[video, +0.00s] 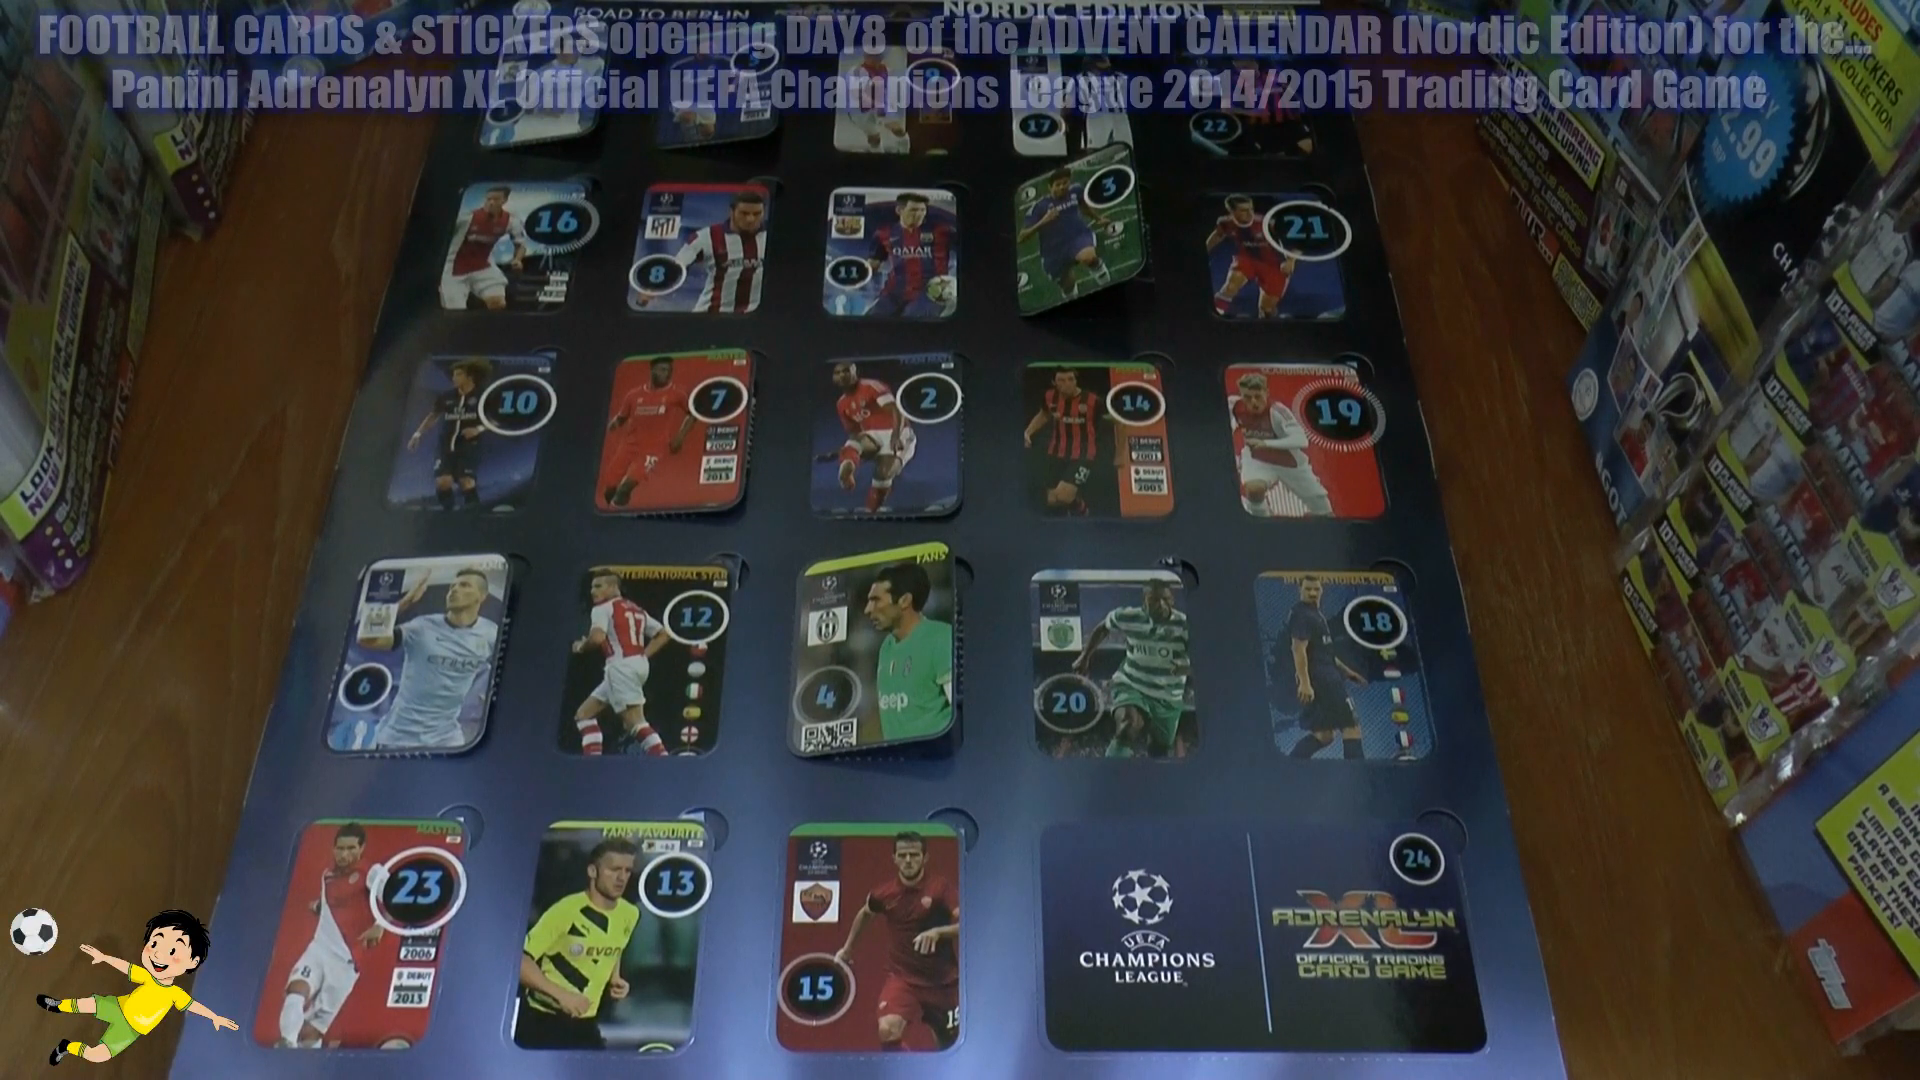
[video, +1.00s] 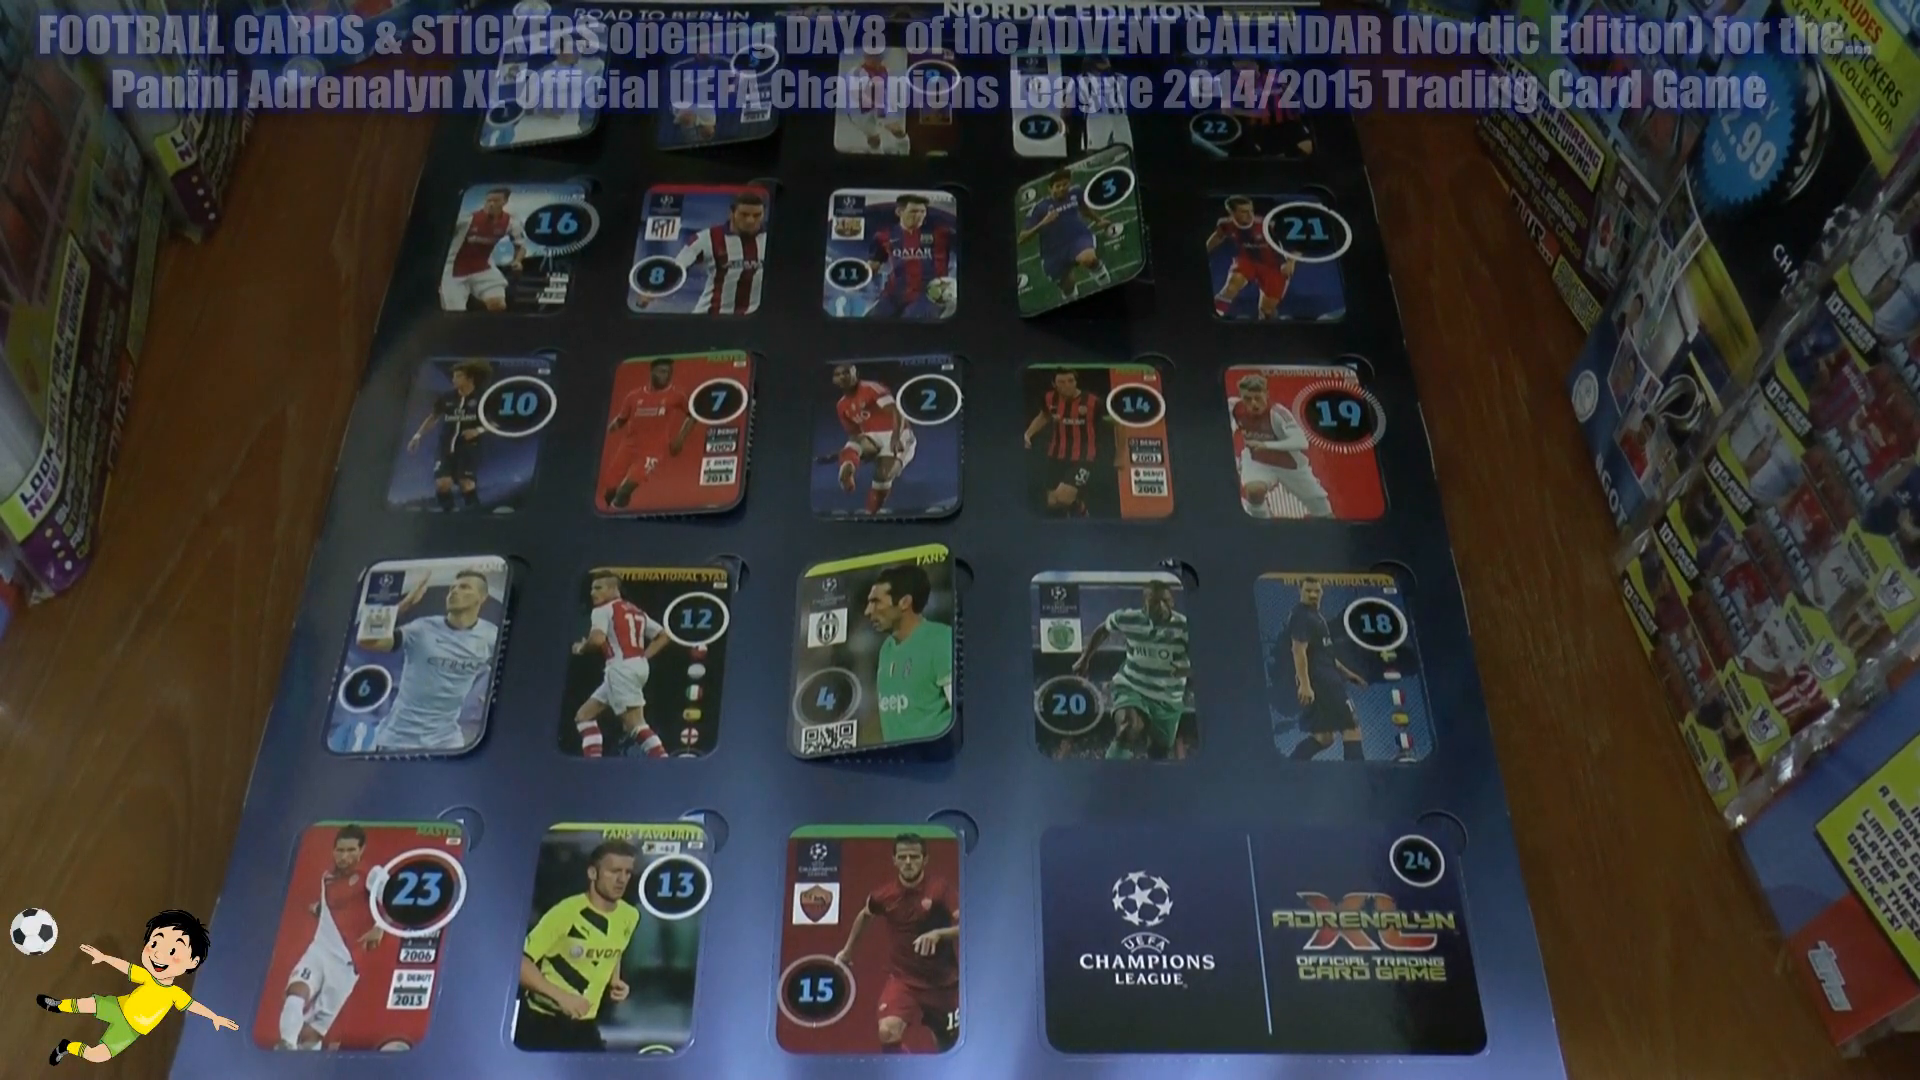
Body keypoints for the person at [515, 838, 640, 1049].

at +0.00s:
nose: (622, 878)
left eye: (627, 871)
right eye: (615, 869)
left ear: (631, 874)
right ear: (593, 871)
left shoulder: (629, 914)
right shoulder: (567, 909)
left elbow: (615, 951)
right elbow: (520, 961)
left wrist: (615, 977)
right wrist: (560, 994)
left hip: (585, 1026)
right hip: (541, 1023)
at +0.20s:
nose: (622, 877)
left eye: (627, 870)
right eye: (615, 869)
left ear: (631, 873)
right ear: (593, 871)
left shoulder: (629, 914)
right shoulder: (567, 909)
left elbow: (615, 951)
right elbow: (520, 960)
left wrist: (615, 977)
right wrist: (561, 994)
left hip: (585, 1026)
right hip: (541, 1023)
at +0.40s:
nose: (622, 877)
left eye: (627, 870)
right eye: (615, 868)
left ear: (631, 873)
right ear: (593, 871)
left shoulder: (630, 914)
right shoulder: (567, 908)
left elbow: (615, 951)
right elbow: (520, 960)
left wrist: (615, 977)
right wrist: (561, 994)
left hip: (585, 1025)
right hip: (541, 1022)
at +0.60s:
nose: (622, 878)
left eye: (627, 871)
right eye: (615, 869)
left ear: (631, 874)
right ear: (593, 871)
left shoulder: (629, 914)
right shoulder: (567, 909)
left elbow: (615, 951)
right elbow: (520, 961)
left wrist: (615, 978)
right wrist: (560, 994)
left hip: (585, 1026)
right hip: (541, 1023)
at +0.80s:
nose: (622, 878)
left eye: (627, 872)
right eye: (615, 870)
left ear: (631, 875)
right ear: (593, 872)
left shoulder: (629, 915)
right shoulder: (567, 910)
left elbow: (615, 952)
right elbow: (520, 961)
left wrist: (615, 978)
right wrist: (560, 995)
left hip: (585, 1027)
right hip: (541, 1024)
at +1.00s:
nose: (622, 879)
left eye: (627, 873)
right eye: (615, 871)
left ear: (631, 876)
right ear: (592, 873)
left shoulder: (629, 916)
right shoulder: (567, 911)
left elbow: (615, 953)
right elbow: (520, 962)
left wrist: (615, 979)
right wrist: (560, 996)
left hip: (585, 1028)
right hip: (541, 1025)